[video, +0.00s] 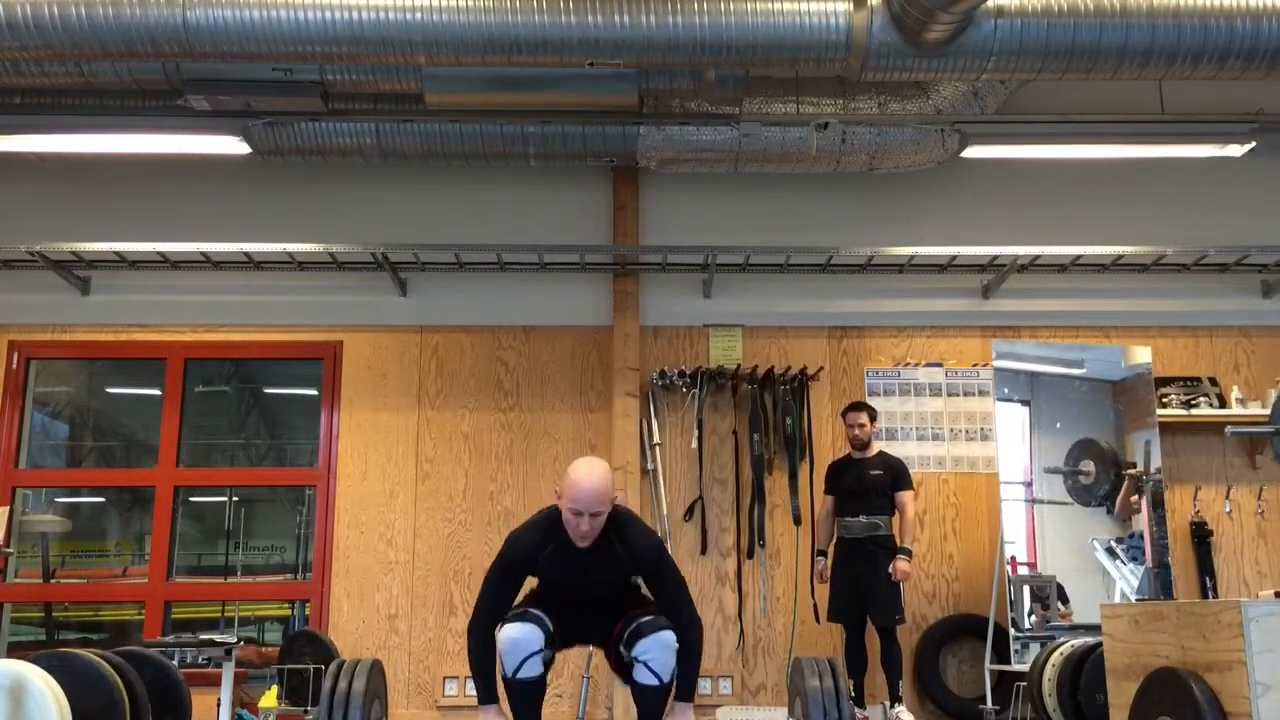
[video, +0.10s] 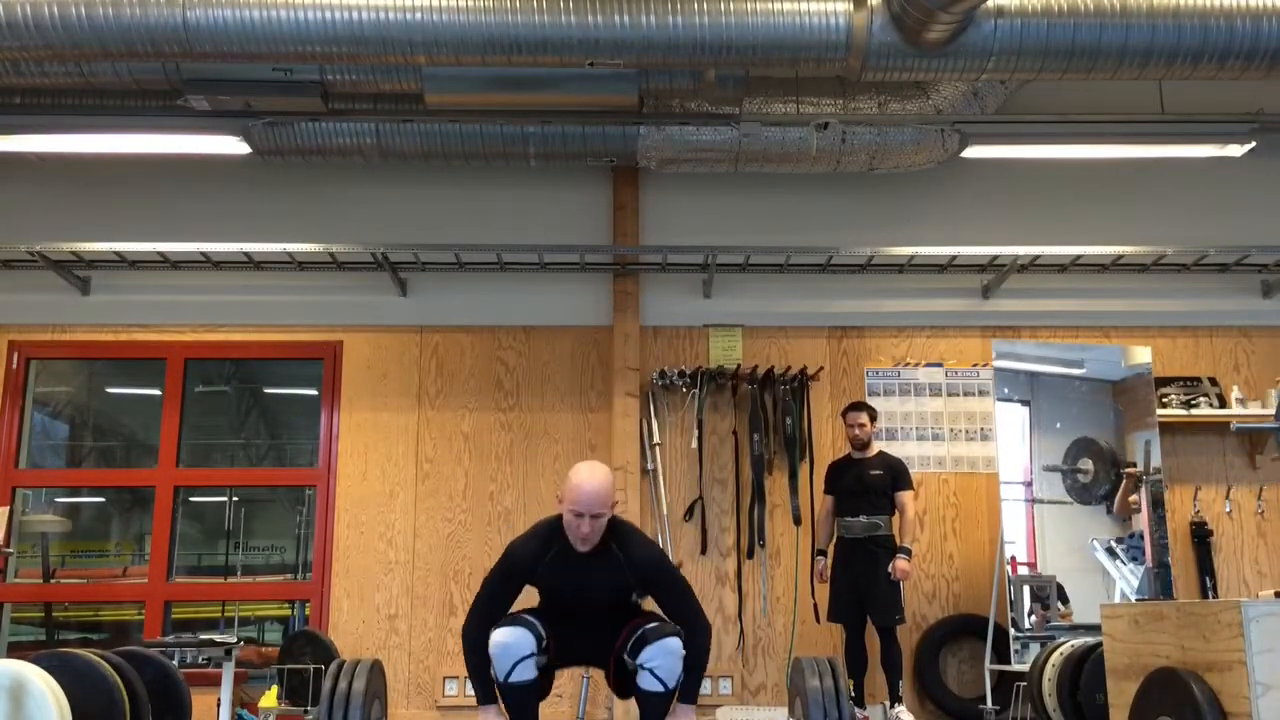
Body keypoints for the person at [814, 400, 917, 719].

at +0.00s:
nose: (855, 431)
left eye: (861, 425)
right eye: (850, 426)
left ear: (873, 427)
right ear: (844, 429)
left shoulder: (892, 465)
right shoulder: (836, 468)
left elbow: (907, 511)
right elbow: (826, 513)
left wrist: (905, 553)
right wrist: (821, 554)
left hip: (882, 558)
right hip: (847, 559)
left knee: (887, 631)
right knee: (853, 633)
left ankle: (896, 704)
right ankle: (858, 705)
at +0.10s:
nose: (856, 431)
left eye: (861, 425)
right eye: (850, 426)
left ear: (873, 427)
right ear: (844, 428)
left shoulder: (892, 465)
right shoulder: (836, 468)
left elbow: (907, 511)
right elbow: (826, 513)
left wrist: (904, 553)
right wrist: (821, 554)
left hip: (882, 558)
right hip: (847, 559)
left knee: (887, 631)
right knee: (853, 633)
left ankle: (896, 704)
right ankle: (858, 705)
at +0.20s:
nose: (857, 431)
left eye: (862, 425)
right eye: (851, 425)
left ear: (874, 427)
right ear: (845, 428)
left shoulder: (892, 465)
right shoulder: (835, 468)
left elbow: (907, 511)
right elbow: (825, 513)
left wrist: (904, 552)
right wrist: (820, 554)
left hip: (882, 557)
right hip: (847, 558)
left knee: (887, 631)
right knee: (853, 632)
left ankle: (896, 704)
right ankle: (858, 705)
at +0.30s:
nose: (857, 431)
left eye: (863, 425)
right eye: (852, 426)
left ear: (874, 427)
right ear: (845, 428)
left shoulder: (892, 465)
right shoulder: (835, 468)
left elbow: (907, 511)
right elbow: (825, 514)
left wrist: (904, 552)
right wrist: (820, 554)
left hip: (882, 557)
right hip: (847, 557)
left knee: (886, 631)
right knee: (853, 632)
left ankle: (896, 703)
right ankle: (858, 705)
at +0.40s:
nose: (857, 431)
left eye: (863, 425)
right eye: (852, 426)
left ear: (874, 427)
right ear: (845, 428)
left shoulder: (892, 465)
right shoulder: (835, 468)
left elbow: (907, 511)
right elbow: (824, 513)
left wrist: (904, 552)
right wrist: (820, 554)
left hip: (882, 557)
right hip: (847, 557)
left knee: (886, 631)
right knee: (853, 632)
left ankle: (896, 703)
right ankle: (858, 705)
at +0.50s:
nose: (857, 431)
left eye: (862, 425)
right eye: (852, 426)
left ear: (874, 427)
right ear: (845, 429)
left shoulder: (892, 465)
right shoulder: (834, 468)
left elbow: (907, 511)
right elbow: (824, 513)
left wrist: (905, 552)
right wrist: (820, 555)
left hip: (882, 557)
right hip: (846, 558)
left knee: (886, 631)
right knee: (853, 632)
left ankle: (896, 703)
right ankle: (857, 705)